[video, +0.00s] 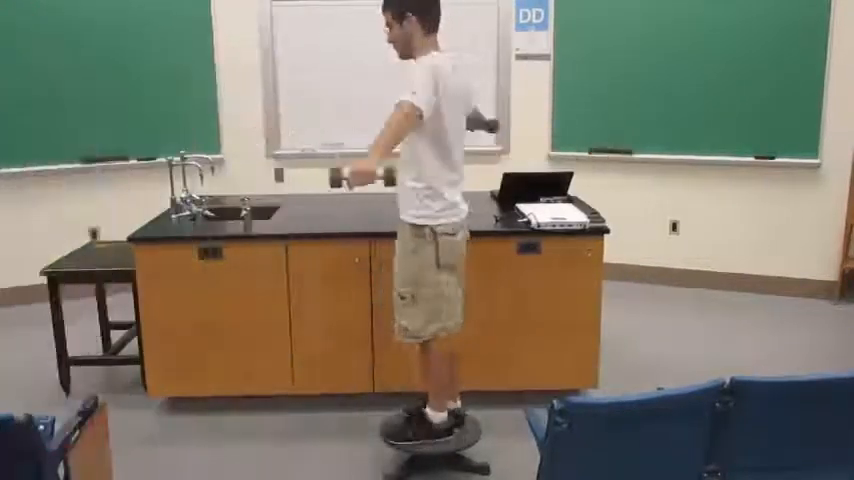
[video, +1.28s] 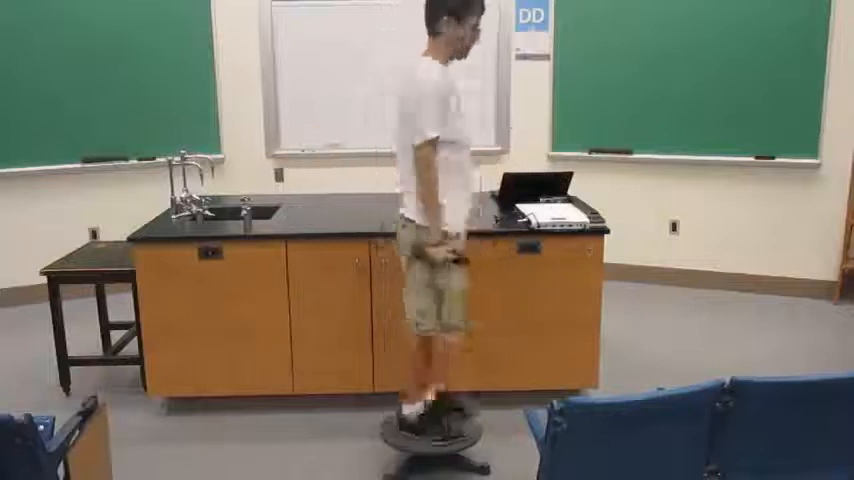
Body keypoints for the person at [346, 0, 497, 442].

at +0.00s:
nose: (387, 36)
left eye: (390, 25)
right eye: (386, 27)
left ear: (415, 22)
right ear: (425, 23)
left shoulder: (427, 69)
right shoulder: (449, 68)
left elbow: (410, 113)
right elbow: (456, 128)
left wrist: (371, 159)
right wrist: (408, 151)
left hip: (428, 221)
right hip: (443, 218)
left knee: (431, 325)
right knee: (437, 323)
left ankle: (437, 417)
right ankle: (447, 406)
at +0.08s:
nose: (387, 36)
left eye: (390, 26)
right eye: (386, 27)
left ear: (414, 22)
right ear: (425, 23)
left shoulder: (427, 69)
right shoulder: (450, 68)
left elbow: (410, 113)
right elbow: (456, 128)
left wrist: (371, 159)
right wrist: (408, 151)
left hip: (428, 221)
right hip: (443, 218)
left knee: (431, 325)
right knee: (437, 323)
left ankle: (437, 417)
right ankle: (447, 406)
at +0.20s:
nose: (391, 36)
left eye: (391, 26)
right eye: (389, 27)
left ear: (407, 22)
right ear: (430, 23)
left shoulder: (409, 72)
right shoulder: (459, 71)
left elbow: (372, 118)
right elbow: (493, 108)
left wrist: (319, 157)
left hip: (423, 223)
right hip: (454, 217)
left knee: (424, 326)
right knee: (448, 324)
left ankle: (431, 416)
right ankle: (451, 408)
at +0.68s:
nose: (401, 29)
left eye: (401, 22)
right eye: (406, 21)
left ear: (405, 23)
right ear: (443, 24)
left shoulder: (390, 74)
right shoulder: (470, 73)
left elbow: (342, 128)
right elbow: (515, 121)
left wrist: (285, 173)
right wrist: (557, 146)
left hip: (410, 222)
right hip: (458, 218)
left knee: (414, 327)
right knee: (451, 325)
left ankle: (417, 419)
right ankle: (447, 417)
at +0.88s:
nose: (417, 27)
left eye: (415, 20)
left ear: (412, 24)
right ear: (452, 28)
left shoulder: (388, 81)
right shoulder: (472, 83)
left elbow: (353, 147)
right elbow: (504, 153)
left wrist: (340, 180)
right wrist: (530, 192)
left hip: (402, 222)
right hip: (454, 222)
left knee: (403, 323)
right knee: (443, 324)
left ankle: (409, 413)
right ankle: (438, 415)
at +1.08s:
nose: (465, 37)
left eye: (465, 29)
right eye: (466, 29)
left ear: (423, 24)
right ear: (458, 26)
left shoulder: (396, 79)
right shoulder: (456, 81)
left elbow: (384, 159)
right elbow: (468, 164)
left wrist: (395, 207)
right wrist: (487, 226)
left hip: (400, 220)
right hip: (441, 225)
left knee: (410, 322)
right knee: (433, 326)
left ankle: (410, 406)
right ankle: (425, 415)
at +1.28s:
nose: (477, 37)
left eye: (478, 28)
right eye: (473, 27)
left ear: (444, 25)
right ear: (449, 23)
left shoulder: (428, 74)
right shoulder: (431, 78)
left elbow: (426, 155)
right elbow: (424, 155)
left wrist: (445, 220)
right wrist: (435, 226)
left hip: (426, 223)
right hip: (435, 226)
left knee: (428, 324)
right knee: (441, 325)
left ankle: (425, 402)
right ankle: (420, 410)